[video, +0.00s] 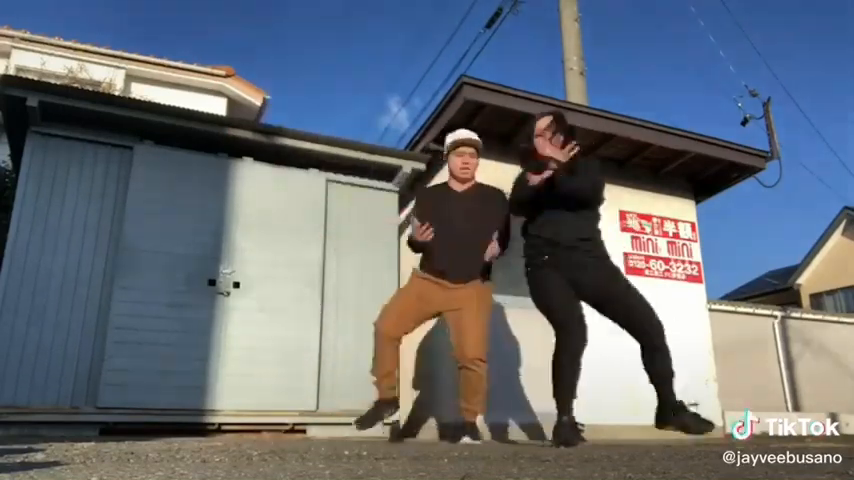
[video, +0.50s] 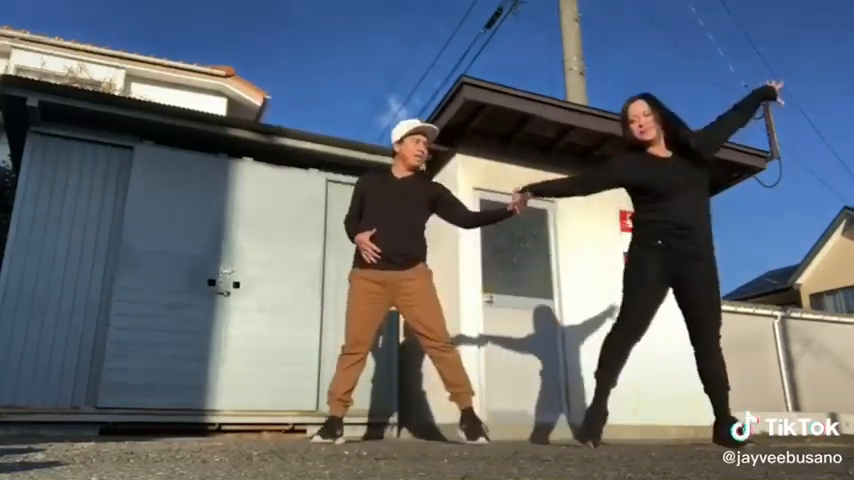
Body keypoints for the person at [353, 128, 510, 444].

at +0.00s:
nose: (466, 161)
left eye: (472, 156)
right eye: (460, 155)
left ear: (479, 162)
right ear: (448, 160)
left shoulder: (495, 199)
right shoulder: (429, 195)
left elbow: (504, 236)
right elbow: (413, 243)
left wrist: (496, 248)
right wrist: (417, 239)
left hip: (471, 290)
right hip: (427, 285)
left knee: (472, 357)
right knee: (386, 328)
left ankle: (470, 423)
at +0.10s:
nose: (455, 159)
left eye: (460, 154)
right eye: (448, 153)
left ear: (465, 159)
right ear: (434, 157)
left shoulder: (474, 198)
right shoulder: (415, 188)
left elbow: (482, 240)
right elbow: (395, 230)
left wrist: (500, 243)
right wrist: (405, 247)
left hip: (454, 288)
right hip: (409, 283)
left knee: (468, 355)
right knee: (371, 343)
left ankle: (468, 424)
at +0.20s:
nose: (444, 158)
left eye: (448, 153)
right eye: (438, 151)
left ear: (452, 158)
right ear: (421, 153)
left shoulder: (455, 200)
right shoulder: (396, 185)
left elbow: (477, 236)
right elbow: (372, 224)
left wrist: (509, 233)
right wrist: (387, 247)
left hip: (437, 285)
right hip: (391, 282)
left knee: (459, 350)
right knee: (362, 345)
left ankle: (467, 422)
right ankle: (335, 416)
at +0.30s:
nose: (434, 154)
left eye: (438, 149)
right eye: (428, 146)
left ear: (441, 156)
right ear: (411, 148)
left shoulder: (443, 196)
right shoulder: (380, 183)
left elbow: (472, 227)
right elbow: (360, 221)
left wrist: (502, 223)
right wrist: (371, 242)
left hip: (424, 283)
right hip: (379, 282)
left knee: (446, 348)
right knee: (358, 347)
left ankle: (465, 420)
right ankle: (335, 419)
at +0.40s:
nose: (428, 152)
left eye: (431, 147)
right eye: (421, 144)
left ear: (432, 153)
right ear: (403, 146)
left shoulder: (436, 191)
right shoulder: (373, 180)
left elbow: (471, 218)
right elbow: (355, 218)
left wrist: (508, 213)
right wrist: (362, 237)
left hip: (417, 280)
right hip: (372, 281)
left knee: (440, 345)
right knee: (356, 347)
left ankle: (466, 418)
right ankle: (334, 419)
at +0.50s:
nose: (424, 150)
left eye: (426, 145)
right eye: (417, 143)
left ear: (427, 152)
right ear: (398, 146)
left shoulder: (430, 190)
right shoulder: (369, 181)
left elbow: (466, 218)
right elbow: (351, 220)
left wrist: (510, 210)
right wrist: (357, 235)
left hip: (413, 278)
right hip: (368, 279)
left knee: (439, 344)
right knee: (355, 347)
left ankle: (468, 414)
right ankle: (334, 419)